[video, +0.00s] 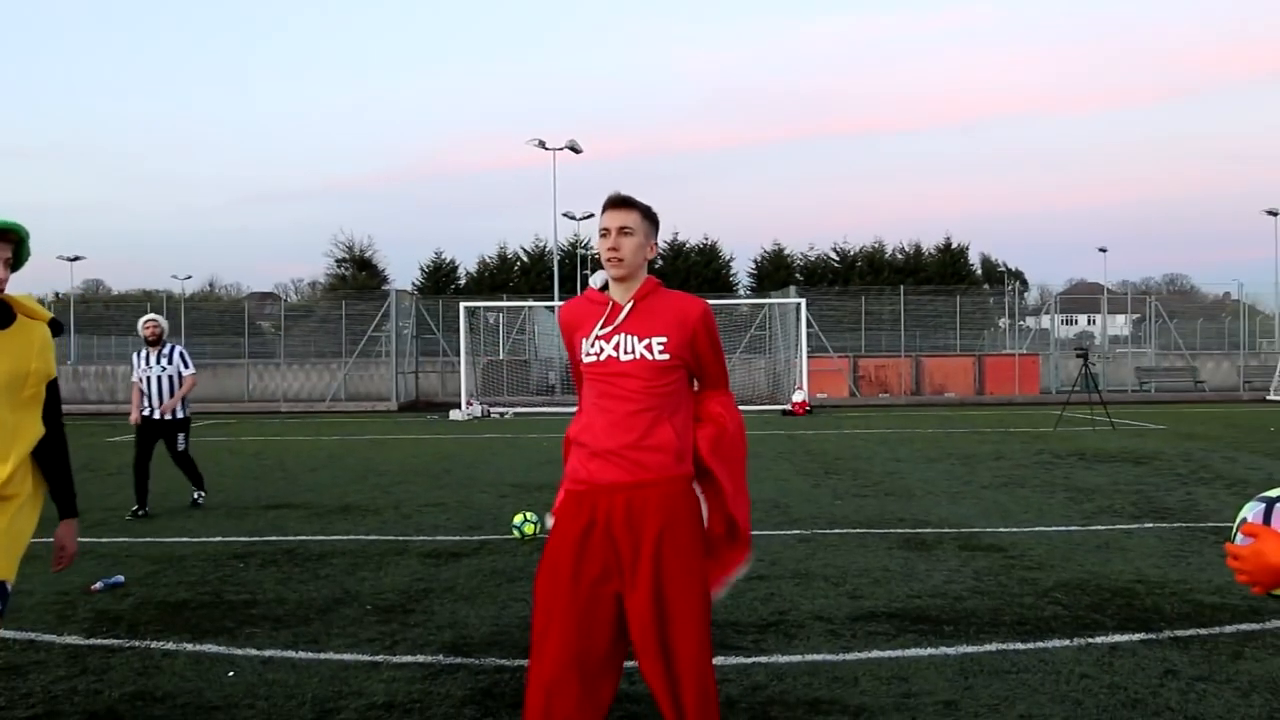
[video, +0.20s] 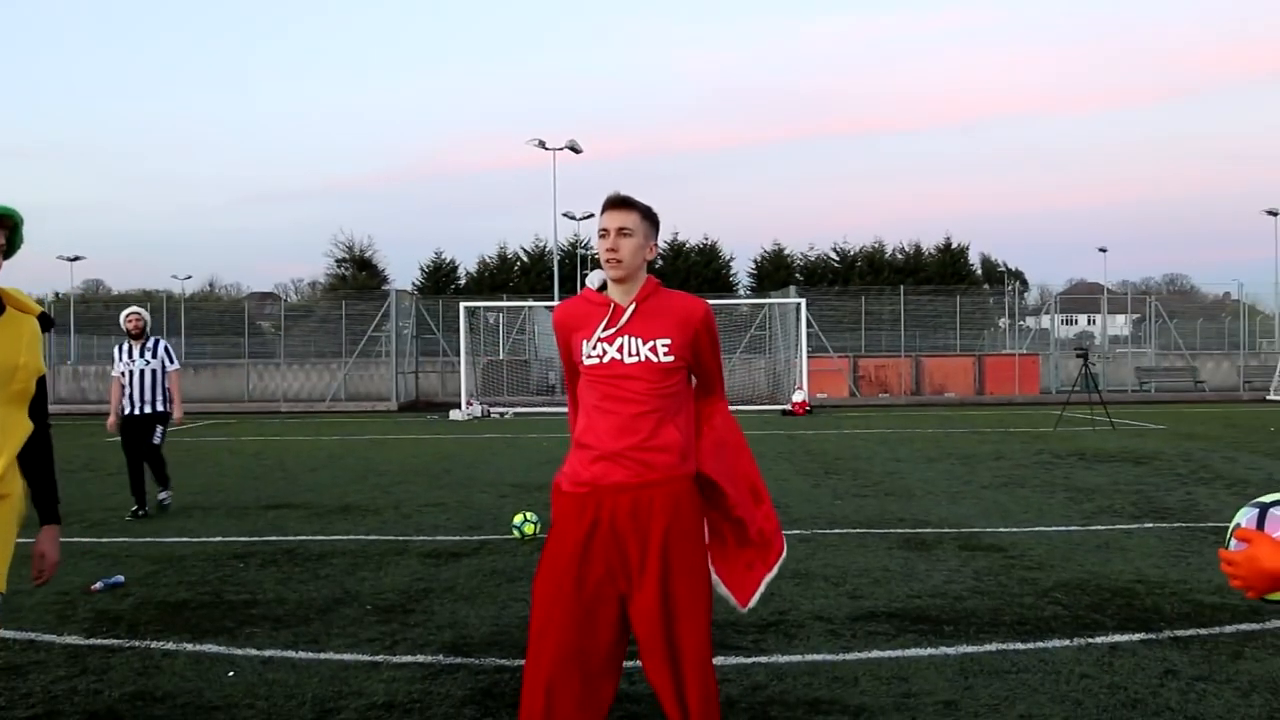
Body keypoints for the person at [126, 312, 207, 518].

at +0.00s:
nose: (151, 331)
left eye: (155, 327)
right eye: (147, 328)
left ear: (162, 330)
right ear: (142, 333)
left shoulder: (177, 352)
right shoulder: (138, 357)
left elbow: (191, 379)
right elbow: (137, 384)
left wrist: (173, 401)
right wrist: (135, 409)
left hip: (175, 418)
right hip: (149, 418)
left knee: (180, 456)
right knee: (141, 461)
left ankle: (199, 488)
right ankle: (141, 505)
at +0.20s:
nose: (134, 324)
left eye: (138, 320)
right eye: (130, 321)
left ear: (145, 323)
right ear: (125, 326)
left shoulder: (160, 345)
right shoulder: (120, 350)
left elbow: (173, 375)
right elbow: (117, 382)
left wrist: (177, 405)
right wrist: (113, 412)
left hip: (156, 409)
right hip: (130, 411)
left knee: (151, 450)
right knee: (133, 458)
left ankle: (163, 489)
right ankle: (140, 504)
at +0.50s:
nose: (115, 328)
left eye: (119, 325)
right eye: (111, 325)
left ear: (126, 329)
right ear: (104, 330)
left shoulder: (138, 354)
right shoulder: (96, 355)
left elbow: (154, 383)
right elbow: (90, 386)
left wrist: (161, 415)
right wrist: (82, 418)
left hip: (130, 417)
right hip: (105, 418)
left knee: (117, 463)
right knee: (119, 464)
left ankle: (105, 513)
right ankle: (138, 503)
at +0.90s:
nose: (88, 320)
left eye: (93, 316)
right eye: (83, 316)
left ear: (100, 321)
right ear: (77, 321)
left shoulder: (113, 348)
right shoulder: (70, 347)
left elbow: (120, 382)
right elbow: (65, 380)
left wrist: (103, 403)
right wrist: (59, 411)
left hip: (99, 419)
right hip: (71, 418)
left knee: (101, 468)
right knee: (57, 464)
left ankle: (103, 515)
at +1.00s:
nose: (81, 321)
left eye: (86, 318)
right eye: (76, 318)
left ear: (93, 322)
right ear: (70, 323)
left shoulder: (106, 349)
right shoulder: (63, 349)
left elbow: (112, 384)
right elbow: (56, 384)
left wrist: (95, 404)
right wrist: (51, 415)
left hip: (94, 422)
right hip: (64, 421)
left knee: (99, 470)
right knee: (52, 473)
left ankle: (103, 516)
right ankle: (39, 521)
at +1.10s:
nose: (66, 323)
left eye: (71, 319)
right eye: (62, 320)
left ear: (79, 324)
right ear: (55, 326)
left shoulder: (92, 352)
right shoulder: (46, 354)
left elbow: (101, 386)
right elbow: (40, 389)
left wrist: (86, 411)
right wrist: (37, 422)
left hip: (83, 427)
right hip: (52, 427)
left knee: (92, 473)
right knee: (43, 479)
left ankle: (102, 516)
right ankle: (35, 528)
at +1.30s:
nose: (40, 323)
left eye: (44, 318)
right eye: (37, 318)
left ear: (53, 321)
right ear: (31, 322)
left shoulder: (67, 349)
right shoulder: (29, 349)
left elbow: (80, 384)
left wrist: (83, 418)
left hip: (61, 420)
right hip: (34, 421)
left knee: (62, 471)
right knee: (37, 472)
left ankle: (84, 507)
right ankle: (40, 519)